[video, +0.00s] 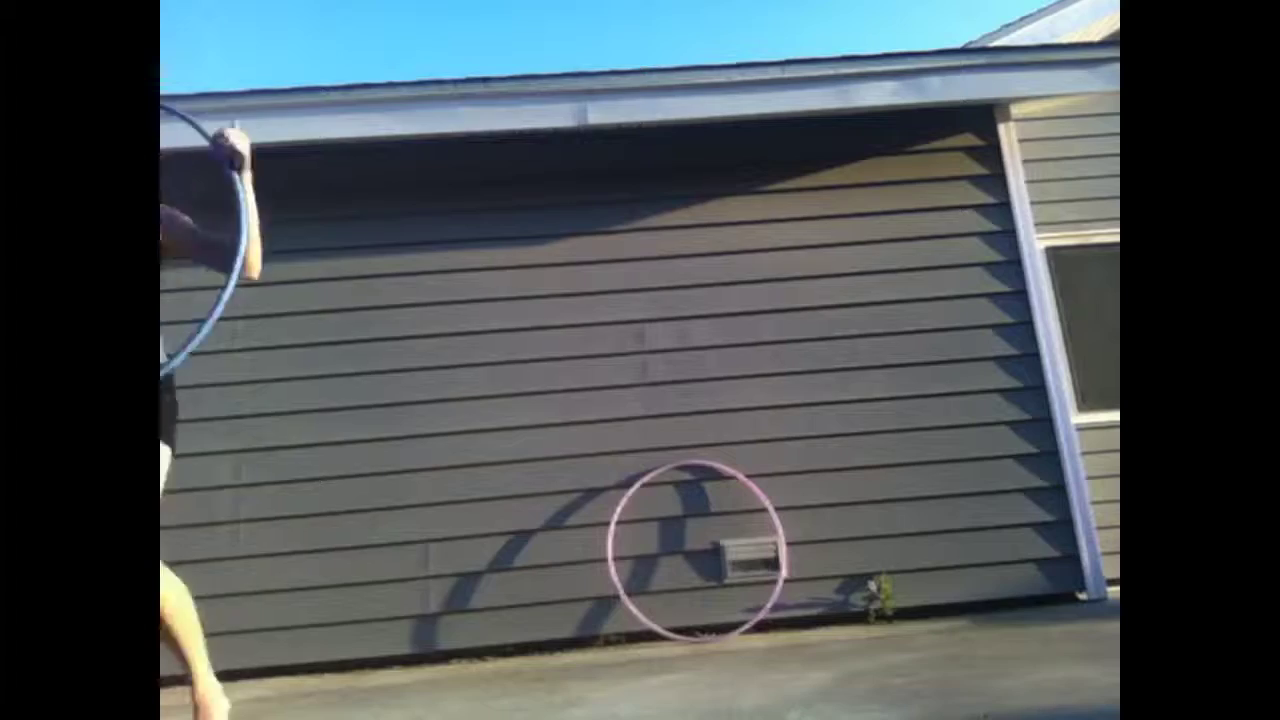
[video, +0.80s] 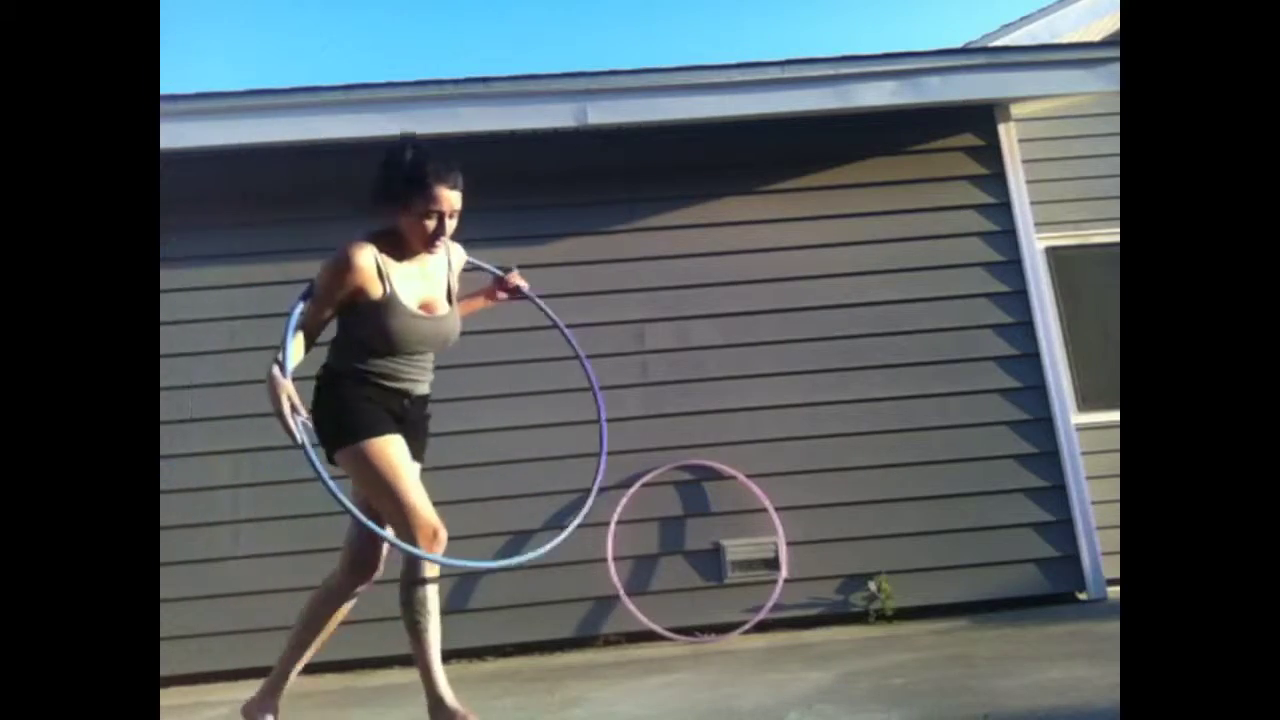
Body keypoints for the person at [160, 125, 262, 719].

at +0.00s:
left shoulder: (162, 222)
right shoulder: (167, 223)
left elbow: (249, 263)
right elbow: (248, 262)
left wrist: (241, 174)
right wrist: (240, 176)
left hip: (154, 405)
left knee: (157, 563)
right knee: (160, 566)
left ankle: (206, 688)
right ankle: (204, 687)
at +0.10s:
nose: (160, 162)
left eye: (162, 155)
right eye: (157, 154)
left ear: (170, 168)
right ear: (163, 169)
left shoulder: (197, 222)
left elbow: (266, 303)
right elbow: (265, 300)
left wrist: (295, 227)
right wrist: (298, 227)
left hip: (189, 388)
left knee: (202, 557)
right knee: (200, 559)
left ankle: (230, 706)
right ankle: (230, 702)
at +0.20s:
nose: (173, 179)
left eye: (184, 168)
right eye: (162, 168)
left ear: (204, 177)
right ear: (152, 180)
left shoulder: (240, 241)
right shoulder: (159, 242)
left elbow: (259, 333)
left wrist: (318, 282)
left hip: (237, 404)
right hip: (166, 408)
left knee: (236, 566)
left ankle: (236, 710)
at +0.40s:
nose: (265, 196)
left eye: (276, 185)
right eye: (252, 183)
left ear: (288, 186)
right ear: (225, 182)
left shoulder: (307, 248)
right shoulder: (187, 241)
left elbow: (301, 331)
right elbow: (160, 321)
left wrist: (362, 312)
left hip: (295, 400)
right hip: (221, 399)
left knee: (268, 557)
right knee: (295, 536)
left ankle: (244, 704)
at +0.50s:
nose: (309, 202)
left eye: (319, 191)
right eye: (296, 189)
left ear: (329, 190)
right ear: (267, 185)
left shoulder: (337, 251)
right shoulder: (224, 239)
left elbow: (327, 330)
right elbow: (179, 324)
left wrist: (387, 312)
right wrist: (166, 310)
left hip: (318, 404)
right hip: (248, 400)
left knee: (276, 569)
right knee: (333, 536)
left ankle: (241, 710)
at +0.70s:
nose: (397, 219)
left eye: (406, 208)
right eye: (385, 206)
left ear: (416, 205)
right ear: (354, 200)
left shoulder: (409, 257)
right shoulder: (317, 254)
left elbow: (393, 324)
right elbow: (259, 320)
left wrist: (447, 307)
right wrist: (224, 356)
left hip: (379, 413)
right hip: (321, 407)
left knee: (308, 572)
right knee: (402, 541)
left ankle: (246, 705)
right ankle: (437, 698)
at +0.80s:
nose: (443, 227)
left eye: (452, 215)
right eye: (431, 215)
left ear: (459, 208)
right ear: (397, 208)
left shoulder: (451, 255)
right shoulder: (358, 262)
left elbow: (430, 315)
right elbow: (306, 329)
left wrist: (489, 295)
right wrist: (279, 375)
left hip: (409, 409)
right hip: (354, 404)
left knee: (359, 567)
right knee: (427, 535)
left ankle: (266, 698)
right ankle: (439, 698)